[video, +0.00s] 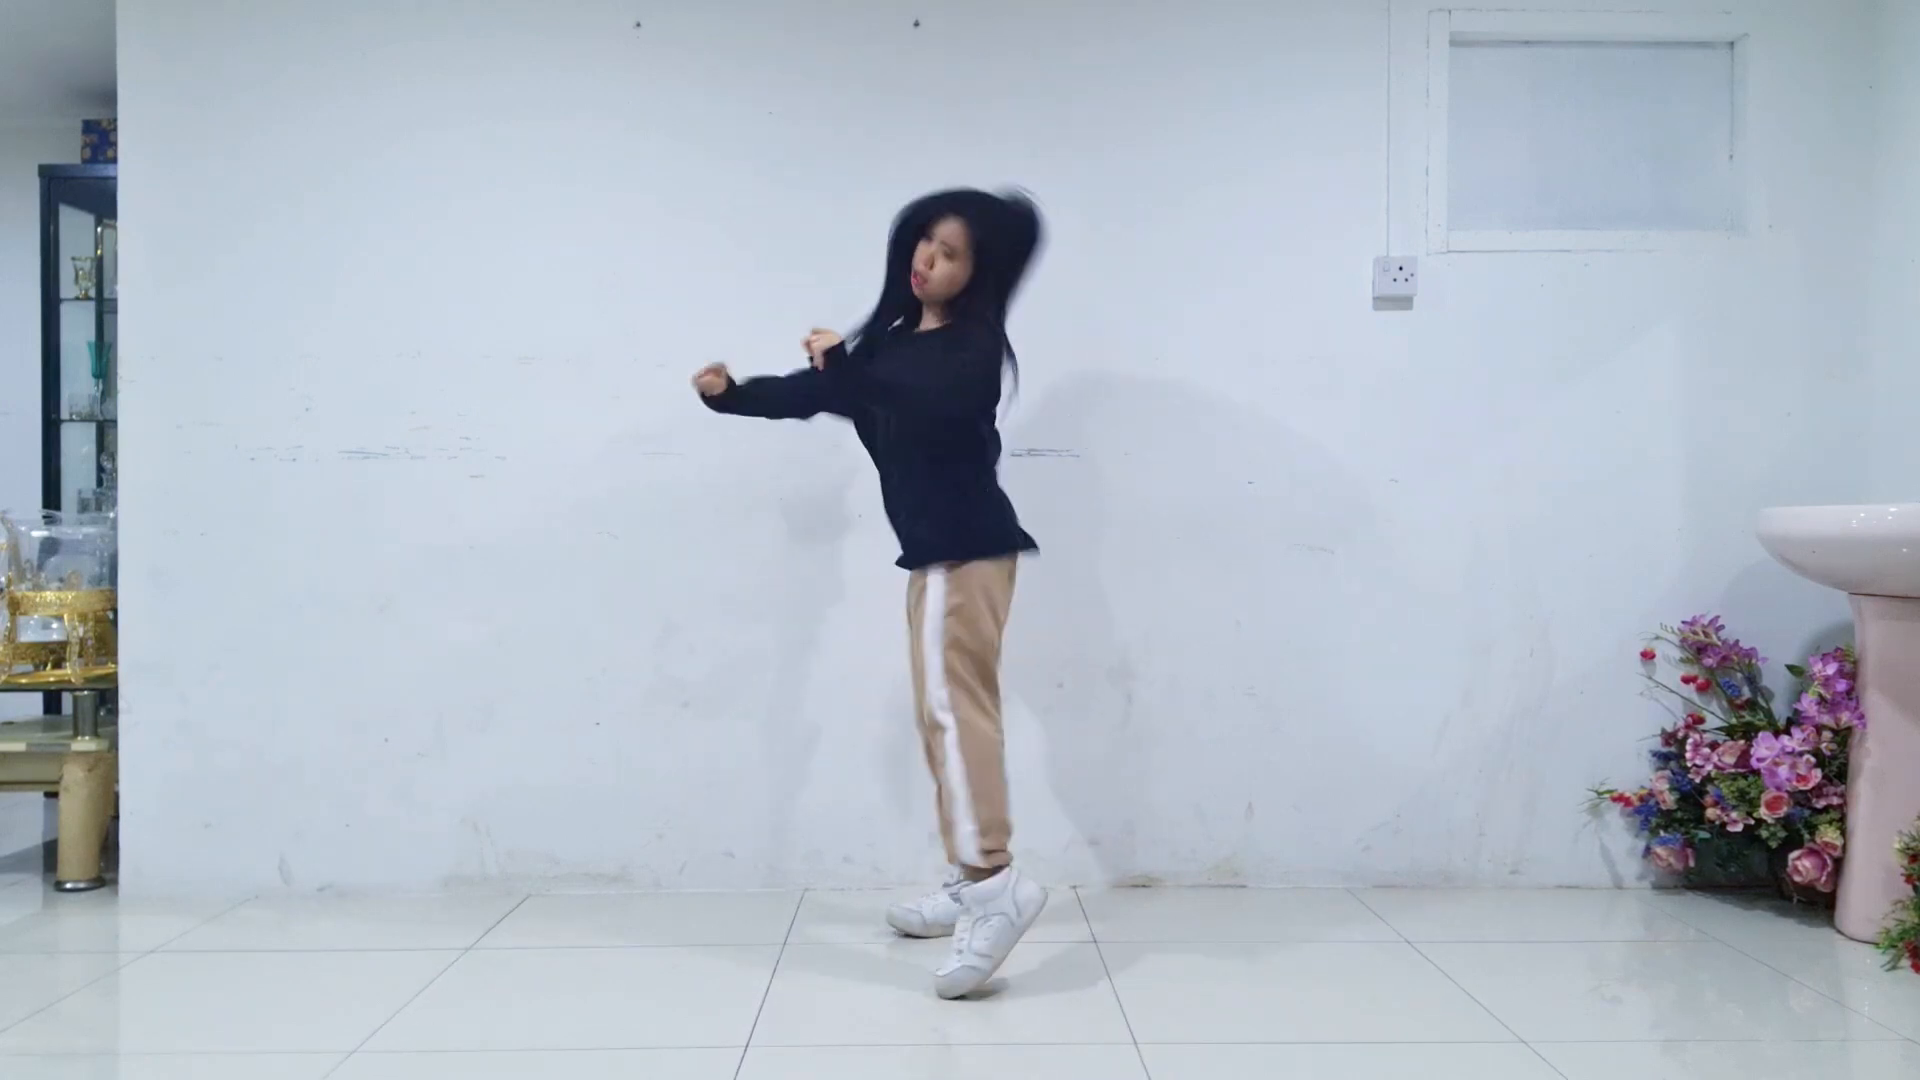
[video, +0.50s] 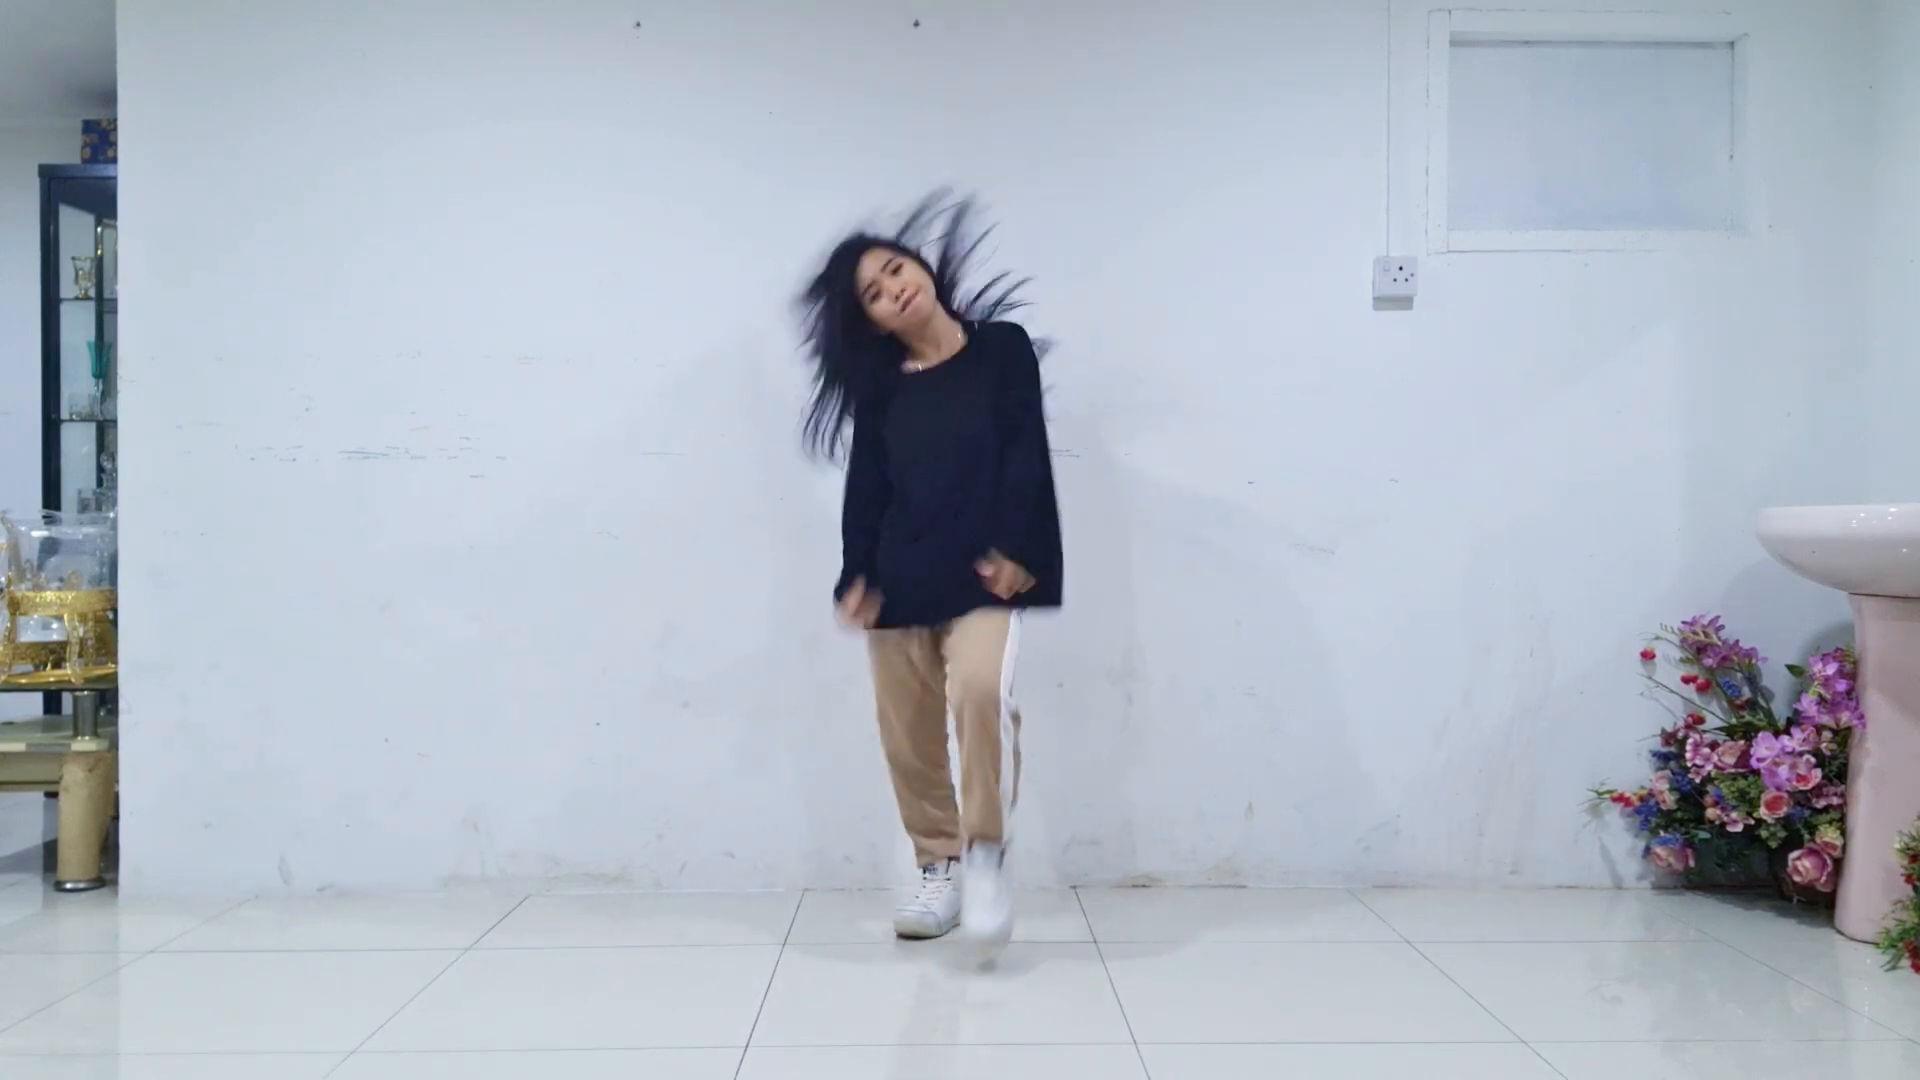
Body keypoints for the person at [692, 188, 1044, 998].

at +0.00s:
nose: (931, 259)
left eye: (951, 253)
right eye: (926, 244)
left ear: (977, 273)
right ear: (909, 250)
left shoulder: (973, 345)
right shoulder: (886, 340)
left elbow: (933, 407)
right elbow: (818, 391)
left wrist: (841, 365)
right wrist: (735, 393)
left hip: (974, 552)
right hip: (929, 557)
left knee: (960, 708)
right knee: (936, 714)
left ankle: (996, 884)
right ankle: (969, 876)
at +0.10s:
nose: (938, 259)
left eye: (958, 262)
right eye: (941, 245)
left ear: (979, 291)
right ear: (924, 250)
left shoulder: (974, 353)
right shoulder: (891, 364)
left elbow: (928, 412)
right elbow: (824, 419)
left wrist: (875, 350)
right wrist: (767, 377)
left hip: (968, 555)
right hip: (923, 565)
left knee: (957, 714)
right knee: (930, 724)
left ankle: (1000, 889)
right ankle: (971, 880)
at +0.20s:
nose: (933, 255)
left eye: (953, 249)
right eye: (928, 239)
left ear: (980, 268)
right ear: (911, 247)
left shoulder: (990, 344)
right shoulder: (879, 355)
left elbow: (980, 429)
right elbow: (849, 457)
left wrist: (931, 335)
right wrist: (810, 371)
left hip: (974, 555)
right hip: (902, 562)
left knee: (961, 725)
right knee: (923, 729)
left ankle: (1007, 895)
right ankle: (968, 882)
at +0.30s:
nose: (919, 255)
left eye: (931, 240)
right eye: (903, 249)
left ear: (960, 252)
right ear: (888, 273)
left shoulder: (1000, 346)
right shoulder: (883, 372)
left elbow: (1051, 376)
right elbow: (879, 477)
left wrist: (996, 294)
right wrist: (808, 428)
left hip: (976, 585)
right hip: (892, 587)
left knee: (962, 739)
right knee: (912, 748)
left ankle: (965, 910)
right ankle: (948, 881)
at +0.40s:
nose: (888, 289)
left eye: (890, 271)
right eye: (871, 295)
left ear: (924, 273)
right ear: (876, 327)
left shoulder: (1006, 343)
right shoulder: (895, 396)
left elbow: (1064, 411)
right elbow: (874, 498)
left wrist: (991, 398)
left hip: (978, 597)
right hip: (888, 601)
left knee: (973, 732)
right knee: (902, 748)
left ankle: (969, 901)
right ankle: (938, 873)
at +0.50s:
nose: (895, 286)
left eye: (897, 268)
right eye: (876, 291)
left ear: (924, 269)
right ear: (871, 321)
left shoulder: (1002, 347)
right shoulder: (880, 385)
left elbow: (1027, 455)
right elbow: (863, 484)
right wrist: (858, 569)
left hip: (983, 571)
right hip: (899, 579)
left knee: (977, 689)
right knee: (908, 728)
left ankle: (983, 858)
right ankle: (935, 868)